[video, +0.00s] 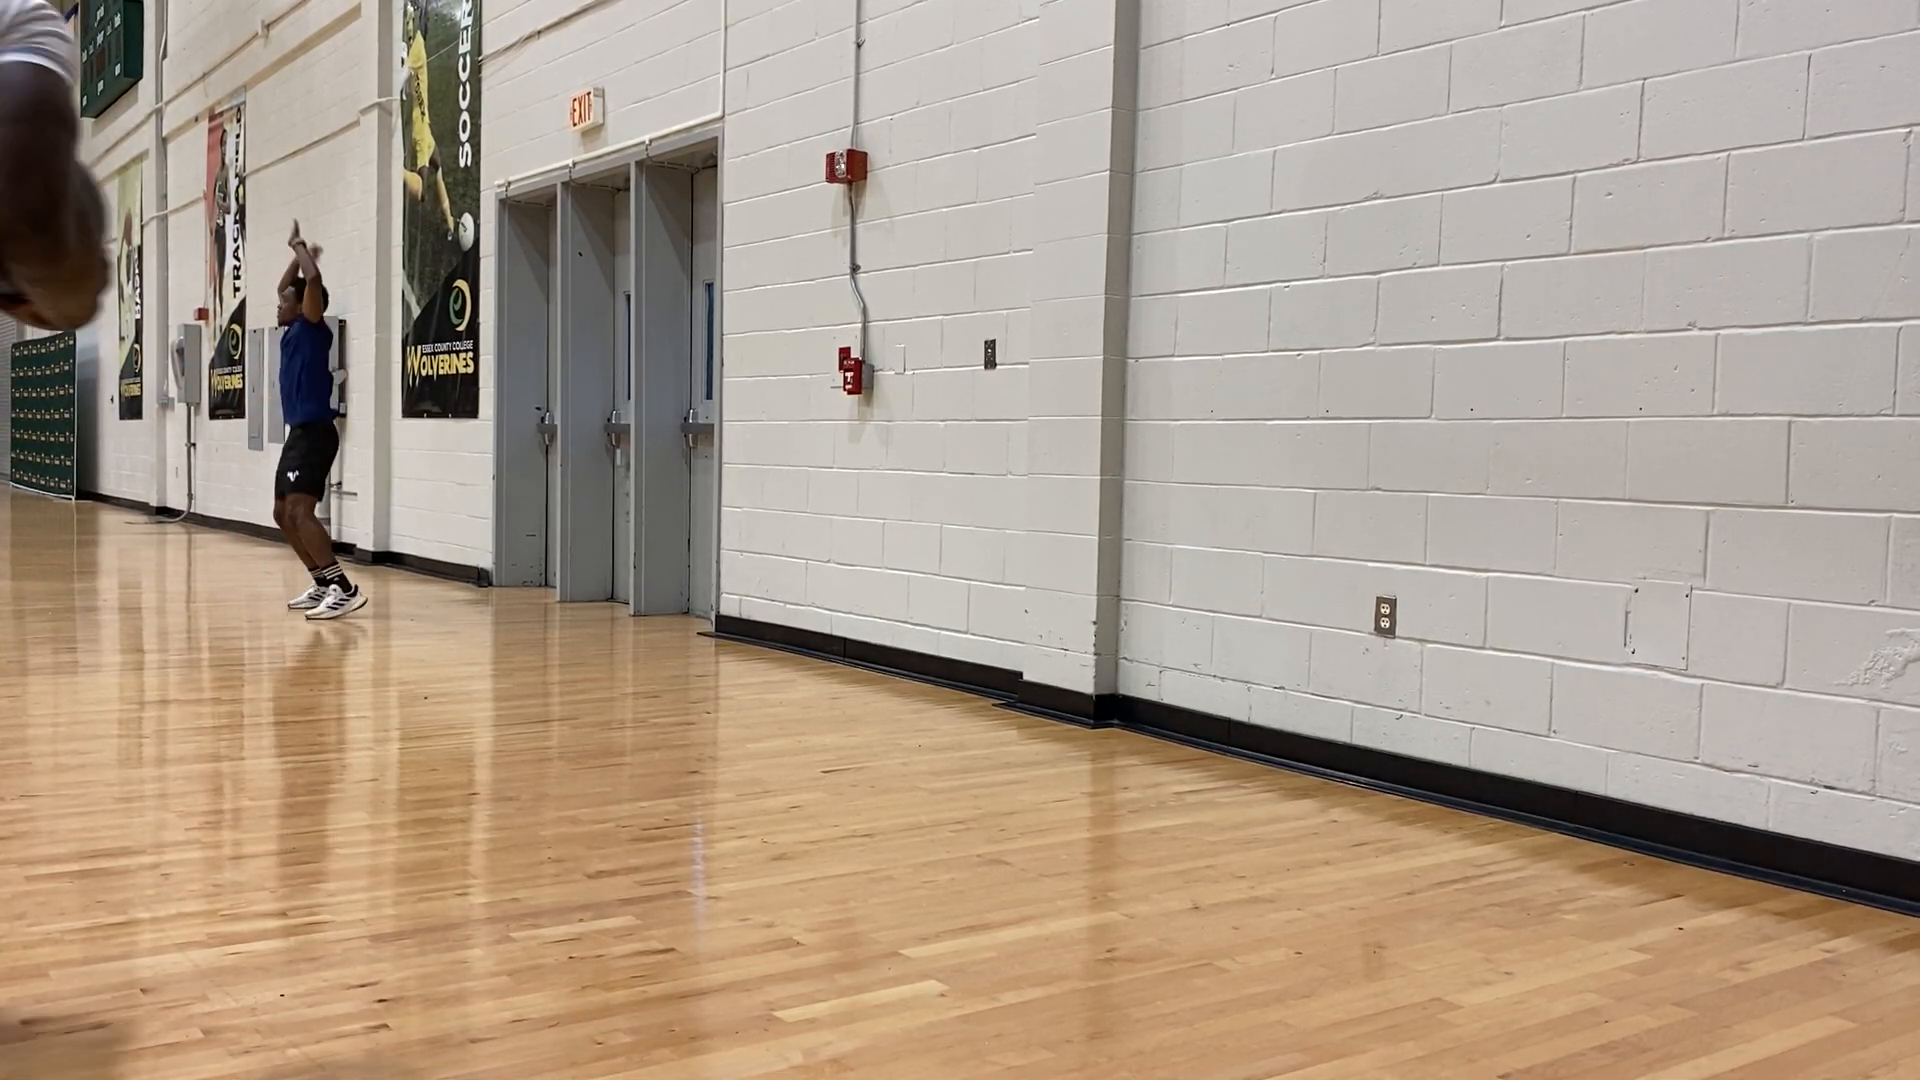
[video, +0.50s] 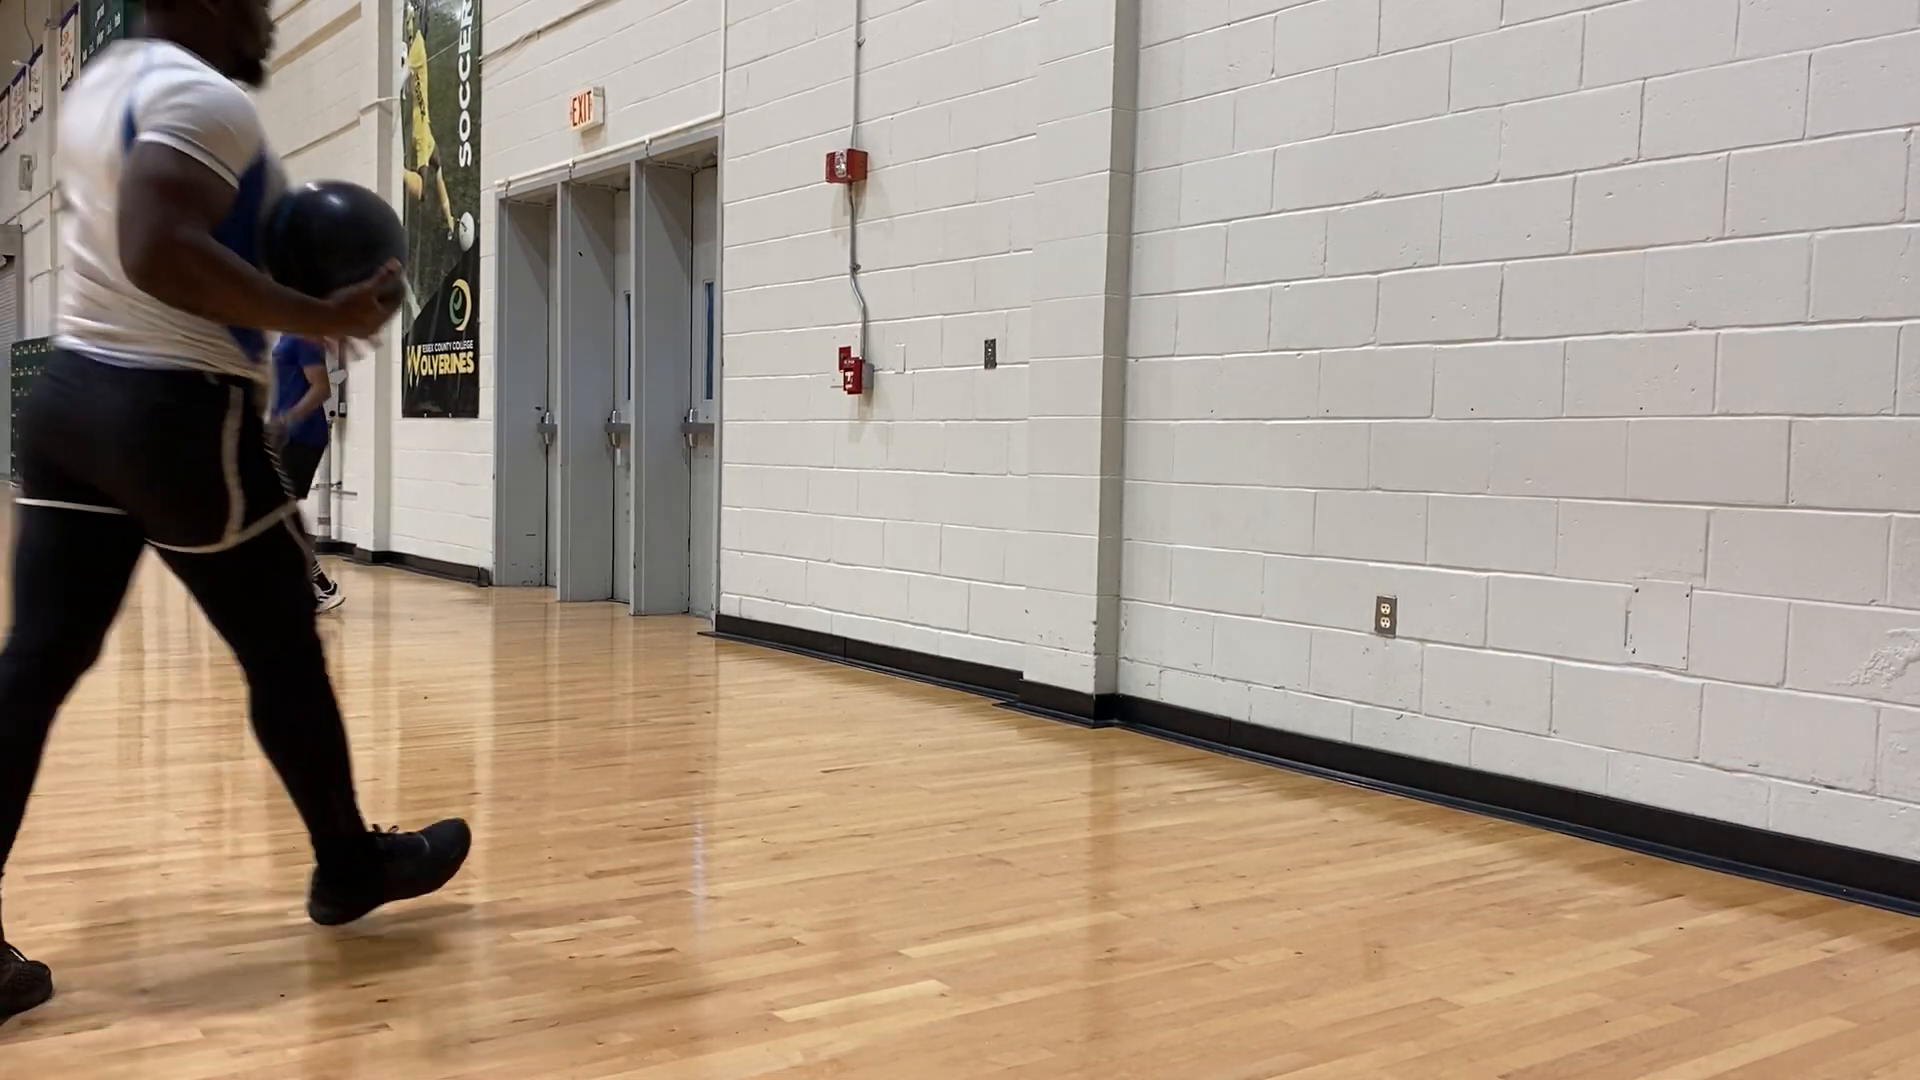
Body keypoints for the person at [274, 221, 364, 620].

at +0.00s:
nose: (283, 302)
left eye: (290, 298)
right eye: (285, 295)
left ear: (305, 304)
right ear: (288, 303)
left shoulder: (313, 329)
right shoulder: (291, 331)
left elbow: (313, 290)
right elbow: (284, 290)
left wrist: (306, 261)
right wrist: (300, 258)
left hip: (316, 432)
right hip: (299, 432)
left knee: (298, 511)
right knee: (282, 514)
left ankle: (342, 587)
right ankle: (322, 584)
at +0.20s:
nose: (284, 271)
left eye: (292, 267)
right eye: (287, 266)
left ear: (308, 277)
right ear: (296, 277)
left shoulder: (315, 308)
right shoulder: (289, 312)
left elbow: (316, 287)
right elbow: (272, 314)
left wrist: (288, 256)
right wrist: (249, 289)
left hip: (308, 407)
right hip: (289, 408)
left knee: (302, 487)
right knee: (288, 489)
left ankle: (327, 571)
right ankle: (311, 570)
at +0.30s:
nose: (286, 275)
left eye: (291, 270)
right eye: (289, 269)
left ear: (302, 277)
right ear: (306, 279)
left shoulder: (310, 304)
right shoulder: (294, 313)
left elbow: (325, 337)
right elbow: (281, 360)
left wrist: (288, 342)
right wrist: (242, 356)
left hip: (304, 407)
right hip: (288, 407)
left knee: (292, 489)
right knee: (288, 490)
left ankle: (317, 573)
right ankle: (311, 572)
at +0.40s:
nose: (275, 302)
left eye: (280, 295)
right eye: (277, 295)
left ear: (290, 299)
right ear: (293, 300)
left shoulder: (306, 331)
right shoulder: (288, 336)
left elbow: (326, 383)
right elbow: (288, 399)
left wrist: (294, 417)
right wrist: (259, 425)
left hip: (307, 428)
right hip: (290, 427)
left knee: (279, 506)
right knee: (276, 507)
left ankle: (320, 584)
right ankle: (318, 584)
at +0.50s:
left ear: (299, 305)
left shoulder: (303, 339)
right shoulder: (288, 338)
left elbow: (321, 387)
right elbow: (294, 385)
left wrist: (288, 418)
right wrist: (276, 417)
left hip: (305, 432)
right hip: (290, 430)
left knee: (283, 507)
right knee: (281, 506)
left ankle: (321, 585)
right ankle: (313, 584)